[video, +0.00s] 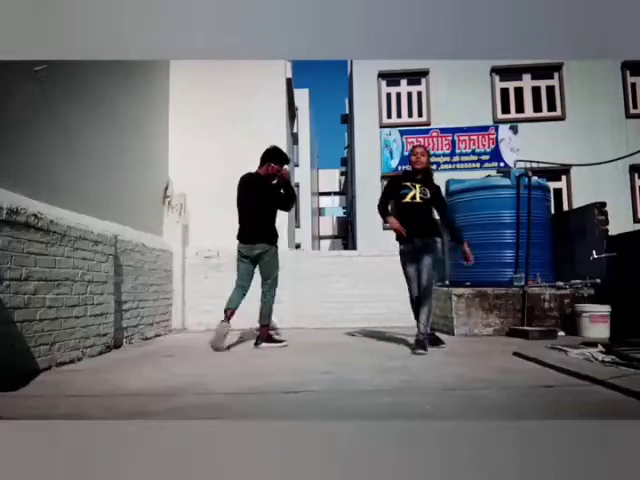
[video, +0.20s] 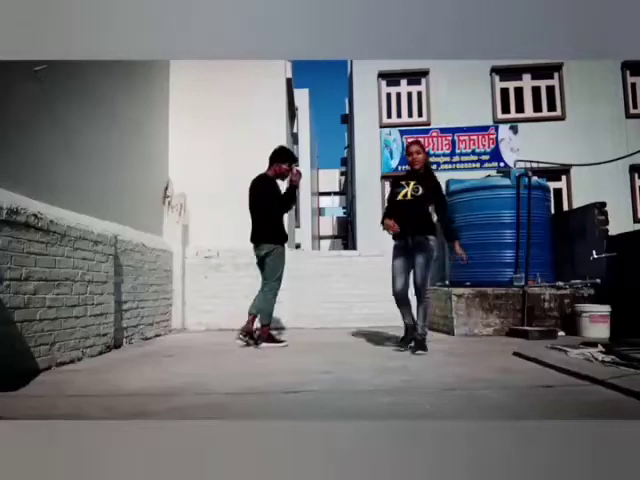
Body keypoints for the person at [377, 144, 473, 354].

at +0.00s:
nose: (418, 158)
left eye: (422, 155)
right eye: (415, 155)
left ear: (428, 160)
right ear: (410, 159)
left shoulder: (432, 187)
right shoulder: (396, 181)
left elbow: (446, 217)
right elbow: (382, 205)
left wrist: (462, 242)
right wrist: (389, 219)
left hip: (428, 240)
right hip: (407, 241)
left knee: (426, 288)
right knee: (415, 292)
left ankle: (421, 336)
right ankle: (427, 332)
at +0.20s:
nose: (414, 157)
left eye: (417, 153)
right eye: (410, 154)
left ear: (426, 155)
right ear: (407, 158)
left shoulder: (431, 181)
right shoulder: (399, 182)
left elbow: (443, 213)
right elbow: (390, 208)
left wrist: (454, 241)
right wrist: (386, 220)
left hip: (424, 239)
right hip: (402, 240)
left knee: (421, 287)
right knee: (399, 289)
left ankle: (421, 337)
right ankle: (410, 329)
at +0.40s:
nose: (410, 155)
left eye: (414, 152)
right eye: (407, 153)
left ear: (422, 153)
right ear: (404, 156)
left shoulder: (430, 176)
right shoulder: (400, 180)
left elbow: (433, 206)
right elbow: (396, 209)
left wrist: (427, 231)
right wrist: (389, 224)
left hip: (419, 237)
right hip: (398, 237)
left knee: (419, 290)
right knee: (388, 288)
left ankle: (419, 336)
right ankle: (380, 337)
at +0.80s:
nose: (391, 154)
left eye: (395, 151)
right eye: (387, 151)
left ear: (402, 154)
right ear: (382, 155)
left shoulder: (411, 181)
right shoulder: (375, 183)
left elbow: (412, 213)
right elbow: (368, 211)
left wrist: (405, 238)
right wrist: (365, 223)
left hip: (403, 238)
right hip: (379, 239)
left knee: (410, 288)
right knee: (371, 290)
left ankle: (419, 336)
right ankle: (363, 336)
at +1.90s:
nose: (395, 162)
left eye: (398, 159)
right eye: (391, 159)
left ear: (405, 161)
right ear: (387, 162)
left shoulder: (412, 186)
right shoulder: (378, 184)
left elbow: (423, 215)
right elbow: (370, 213)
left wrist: (438, 241)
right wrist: (377, 234)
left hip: (408, 244)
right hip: (385, 244)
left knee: (411, 290)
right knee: (378, 290)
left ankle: (409, 336)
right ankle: (365, 338)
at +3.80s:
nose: (385, 167)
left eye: (389, 164)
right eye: (382, 164)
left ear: (395, 167)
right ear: (377, 167)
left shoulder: (404, 189)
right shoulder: (371, 193)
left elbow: (410, 217)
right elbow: (368, 219)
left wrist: (408, 240)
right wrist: (364, 235)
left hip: (398, 243)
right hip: (375, 244)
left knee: (405, 289)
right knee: (372, 290)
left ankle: (414, 332)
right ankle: (366, 334)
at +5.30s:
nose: (402, 162)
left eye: (406, 159)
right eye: (399, 160)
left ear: (412, 162)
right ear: (394, 163)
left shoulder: (419, 184)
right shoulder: (386, 184)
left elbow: (435, 213)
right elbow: (377, 216)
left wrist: (427, 236)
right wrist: (373, 207)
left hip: (411, 243)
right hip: (389, 242)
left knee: (411, 288)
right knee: (378, 286)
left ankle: (417, 334)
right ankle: (373, 333)